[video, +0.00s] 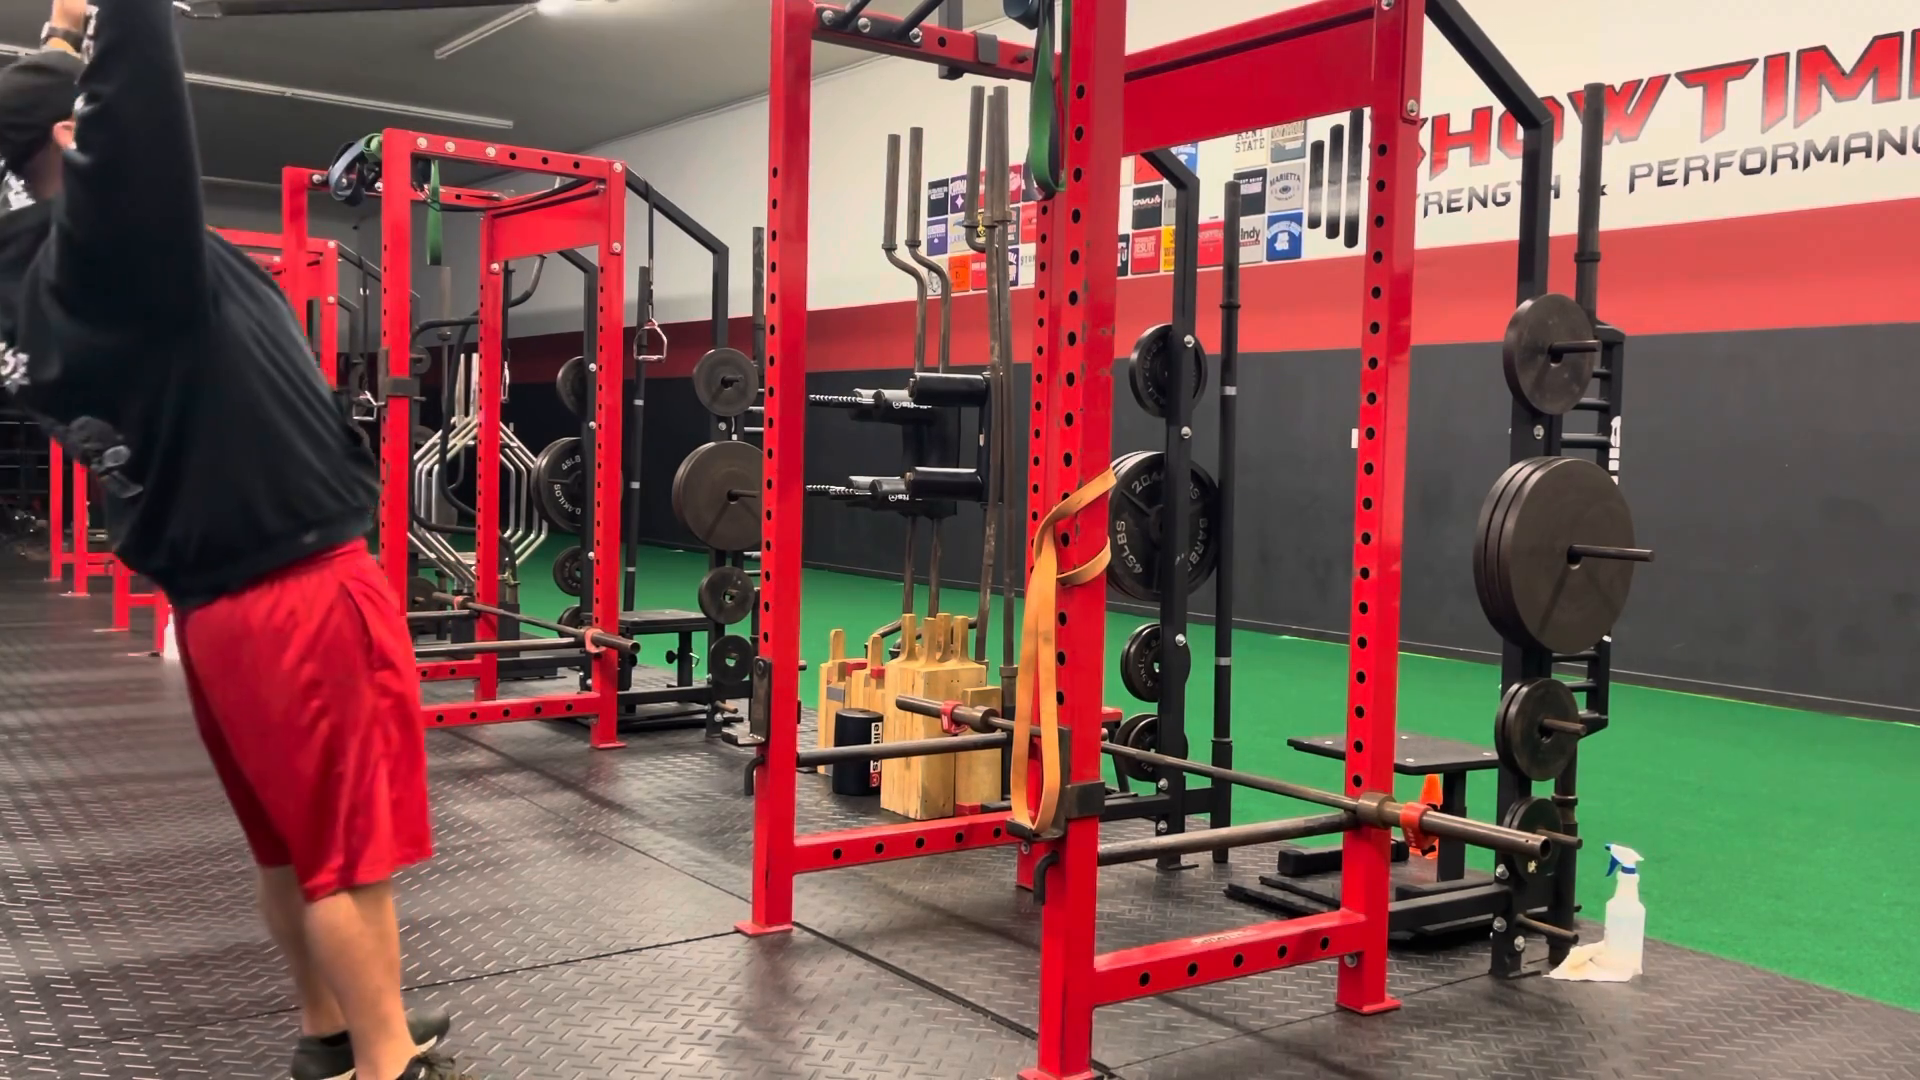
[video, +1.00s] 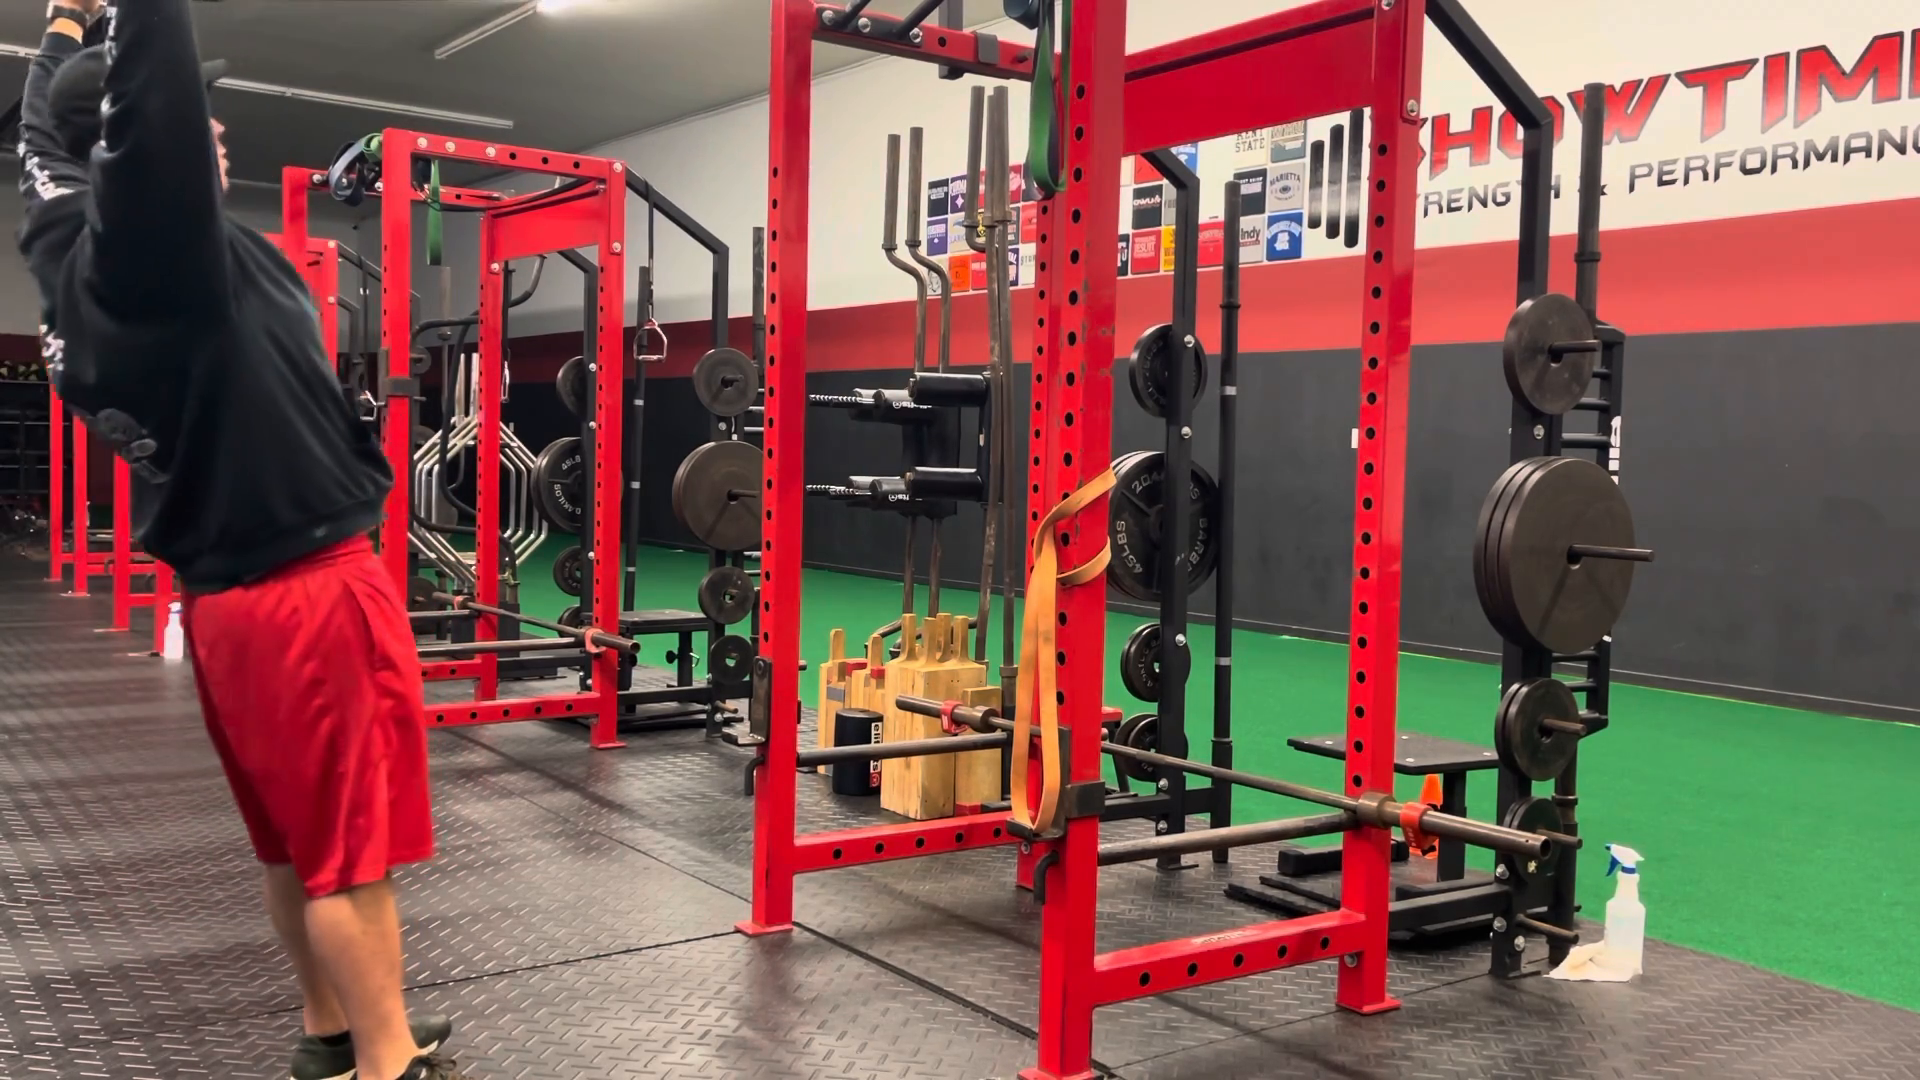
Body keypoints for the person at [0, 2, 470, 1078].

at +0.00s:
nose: (111, 133)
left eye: (97, 118)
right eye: (91, 118)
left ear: (29, 157)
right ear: (67, 136)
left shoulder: (48, 281)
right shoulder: (119, 247)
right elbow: (139, 51)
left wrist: (78, 45)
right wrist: (96, 26)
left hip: (220, 612)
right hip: (300, 597)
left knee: (288, 847)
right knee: (350, 858)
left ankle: (330, 1026)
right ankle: (388, 1061)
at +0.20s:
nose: (201, 130)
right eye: (184, 113)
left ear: (88, 146)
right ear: (161, 125)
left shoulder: (103, 280)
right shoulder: (187, 238)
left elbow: (67, 170)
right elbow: (180, 81)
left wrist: (64, 48)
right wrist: (136, 2)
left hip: (238, 603)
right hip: (322, 596)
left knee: (292, 843)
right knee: (356, 858)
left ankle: (331, 1023)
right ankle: (389, 1060)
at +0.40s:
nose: (279, 129)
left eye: (271, 113)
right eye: (261, 115)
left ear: (188, 157)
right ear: (218, 137)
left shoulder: (138, 256)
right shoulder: (235, 237)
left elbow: (92, 140)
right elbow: (200, 73)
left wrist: (76, 20)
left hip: (245, 597)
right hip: (333, 594)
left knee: (295, 841)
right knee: (356, 855)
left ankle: (332, 1026)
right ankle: (388, 1057)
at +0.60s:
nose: (288, 124)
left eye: (280, 106)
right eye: (270, 107)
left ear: (209, 146)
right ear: (226, 130)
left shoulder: (148, 255)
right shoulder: (239, 235)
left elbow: (97, 150)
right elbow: (208, 71)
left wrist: (76, 31)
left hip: (249, 596)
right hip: (334, 593)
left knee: (299, 841)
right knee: (356, 854)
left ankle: (334, 1026)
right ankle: (388, 1057)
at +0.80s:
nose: (270, 135)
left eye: (260, 120)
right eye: (251, 123)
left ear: (171, 163)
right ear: (210, 144)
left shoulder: (136, 264)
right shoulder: (223, 241)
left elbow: (84, 157)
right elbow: (199, 81)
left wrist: (72, 35)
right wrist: (144, 2)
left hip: (245, 599)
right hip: (327, 593)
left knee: (301, 842)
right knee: (357, 853)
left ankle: (335, 1025)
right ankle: (389, 1059)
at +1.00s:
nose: (220, 134)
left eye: (211, 118)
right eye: (200, 119)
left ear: (114, 158)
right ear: (158, 141)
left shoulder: (83, 277)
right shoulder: (169, 254)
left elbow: (51, 152)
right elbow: (161, 98)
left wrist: (68, 34)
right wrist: (133, 1)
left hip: (228, 605)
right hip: (307, 594)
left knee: (293, 845)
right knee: (352, 855)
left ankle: (333, 1025)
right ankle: (389, 1058)